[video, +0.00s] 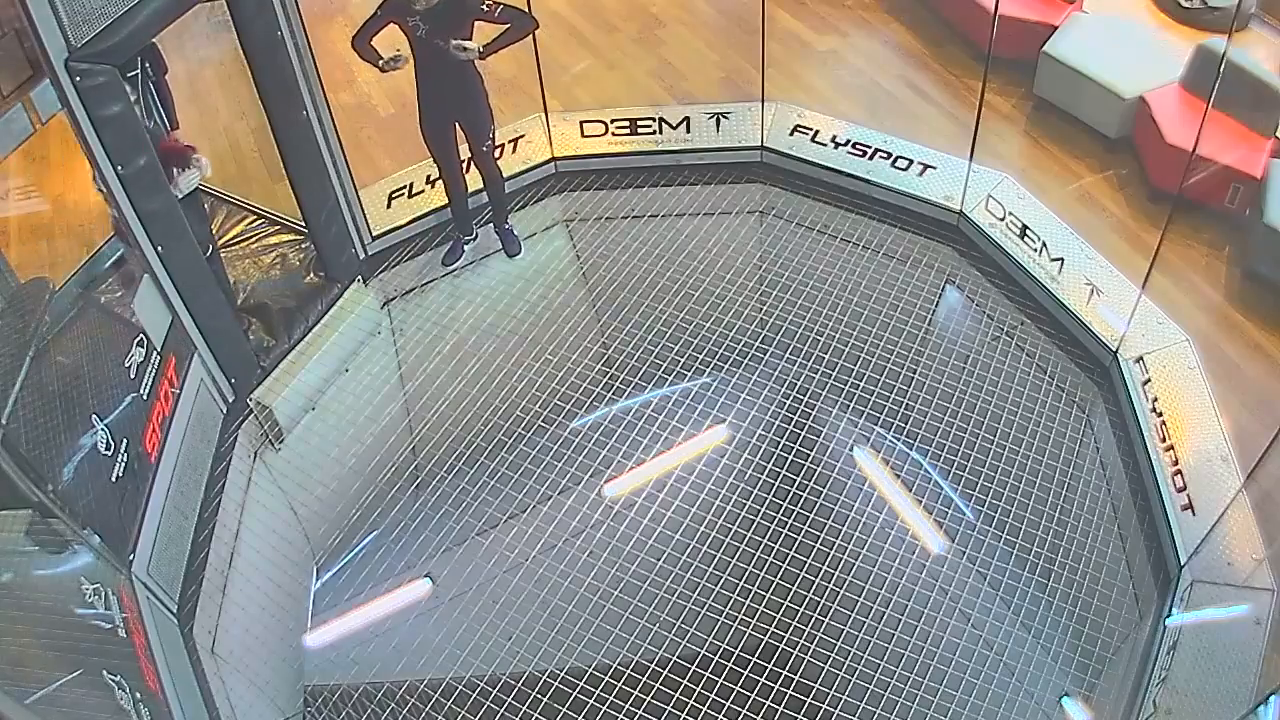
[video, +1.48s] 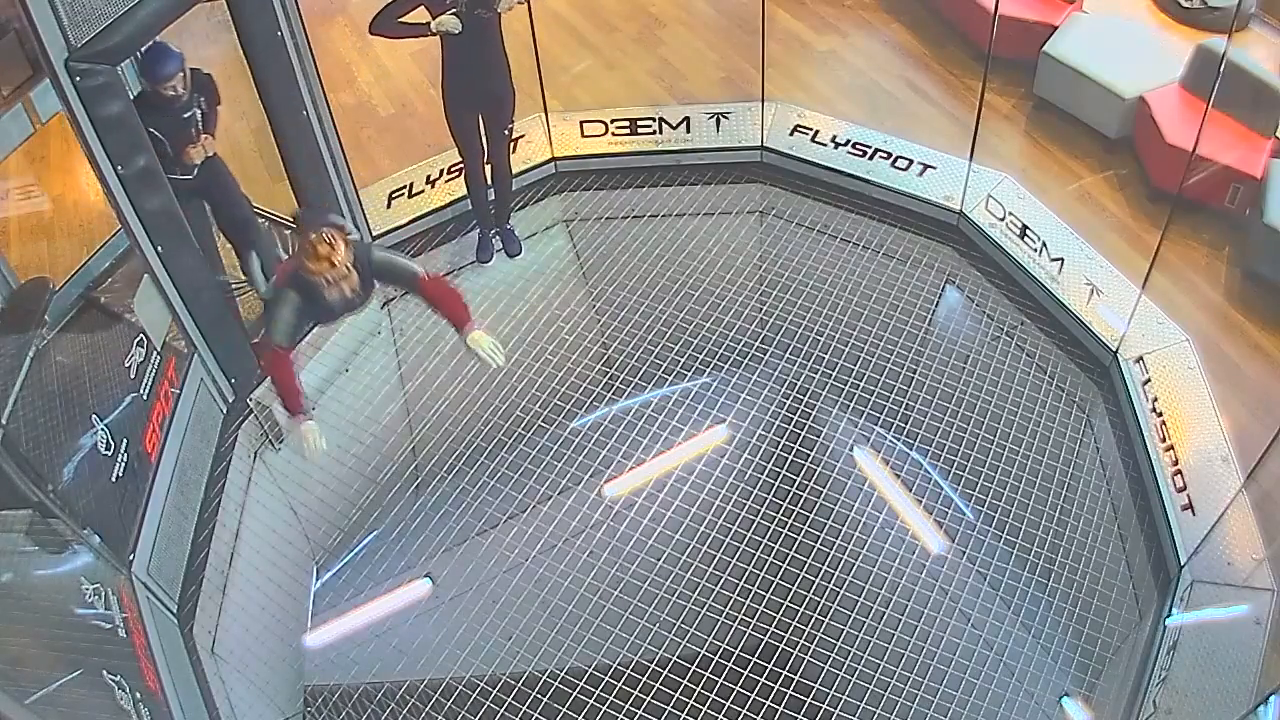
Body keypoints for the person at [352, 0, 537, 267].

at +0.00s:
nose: (420, 3)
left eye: (424, 2)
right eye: (415, 4)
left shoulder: (466, 6)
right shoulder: (395, 7)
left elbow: (526, 22)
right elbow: (359, 40)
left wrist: (483, 51)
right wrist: (380, 62)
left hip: (469, 94)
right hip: (431, 101)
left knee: (485, 160)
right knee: (449, 171)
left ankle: (503, 224)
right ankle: (466, 233)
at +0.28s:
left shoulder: (469, 4)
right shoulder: (398, 5)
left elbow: (528, 19)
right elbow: (360, 40)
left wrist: (482, 46)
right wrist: (389, 59)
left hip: (470, 89)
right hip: (433, 96)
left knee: (486, 159)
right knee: (449, 168)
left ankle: (503, 225)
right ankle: (466, 232)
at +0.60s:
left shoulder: (473, 3)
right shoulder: (400, 4)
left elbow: (528, 17)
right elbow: (359, 40)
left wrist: (481, 44)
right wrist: (399, 50)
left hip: (473, 83)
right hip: (436, 90)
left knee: (487, 156)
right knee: (451, 165)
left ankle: (503, 224)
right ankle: (466, 231)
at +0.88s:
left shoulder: (482, 2)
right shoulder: (407, 2)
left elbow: (532, 5)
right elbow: (364, 37)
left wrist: (484, 33)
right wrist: (411, 42)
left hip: (478, 79)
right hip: (441, 85)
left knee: (490, 156)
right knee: (455, 163)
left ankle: (503, 226)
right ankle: (471, 229)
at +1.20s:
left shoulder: (486, 1)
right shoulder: (420, 1)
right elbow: (372, 32)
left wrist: (498, 8)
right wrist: (424, 31)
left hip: (491, 80)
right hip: (452, 87)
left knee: (498, 156)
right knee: (468, 160)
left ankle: (504, 225)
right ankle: (483, 229)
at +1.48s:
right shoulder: (428, 1)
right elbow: (378, 25)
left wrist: (509, 4)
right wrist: (430, 27)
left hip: (497, 79)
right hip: (458, 85)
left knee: (500, 156)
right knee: (473, 160)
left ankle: (504, 225)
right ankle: (485, 230)